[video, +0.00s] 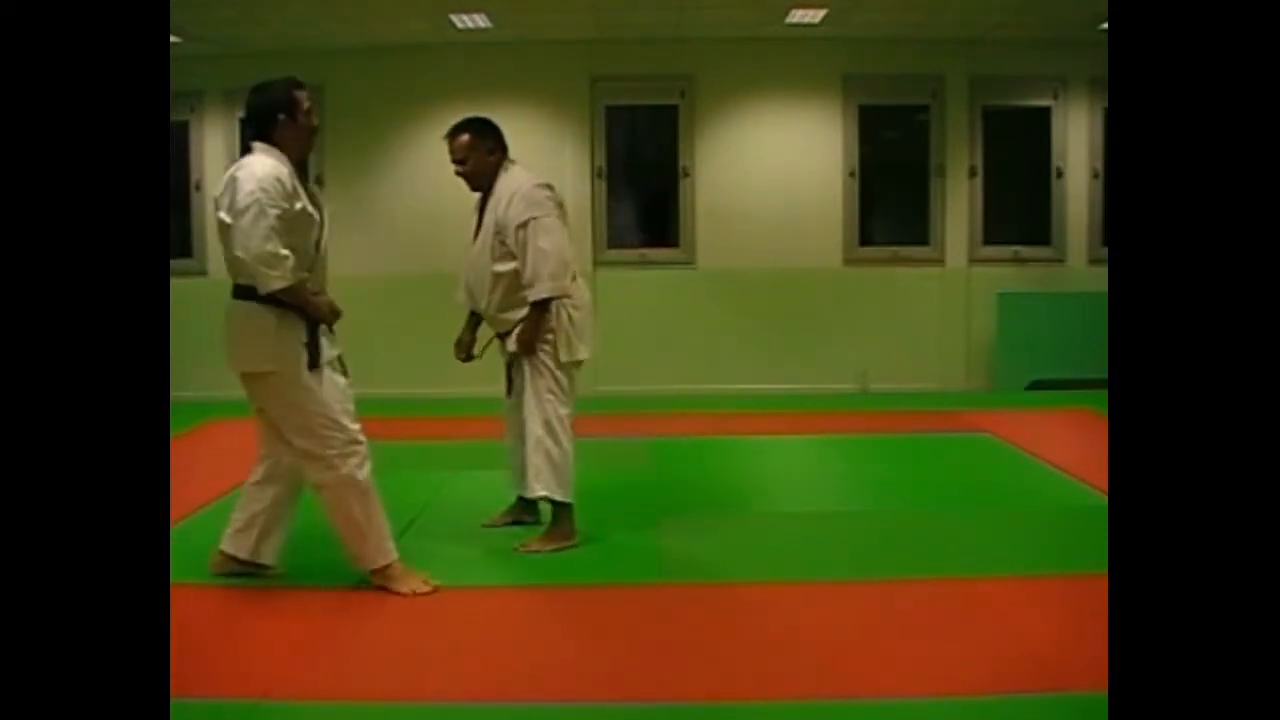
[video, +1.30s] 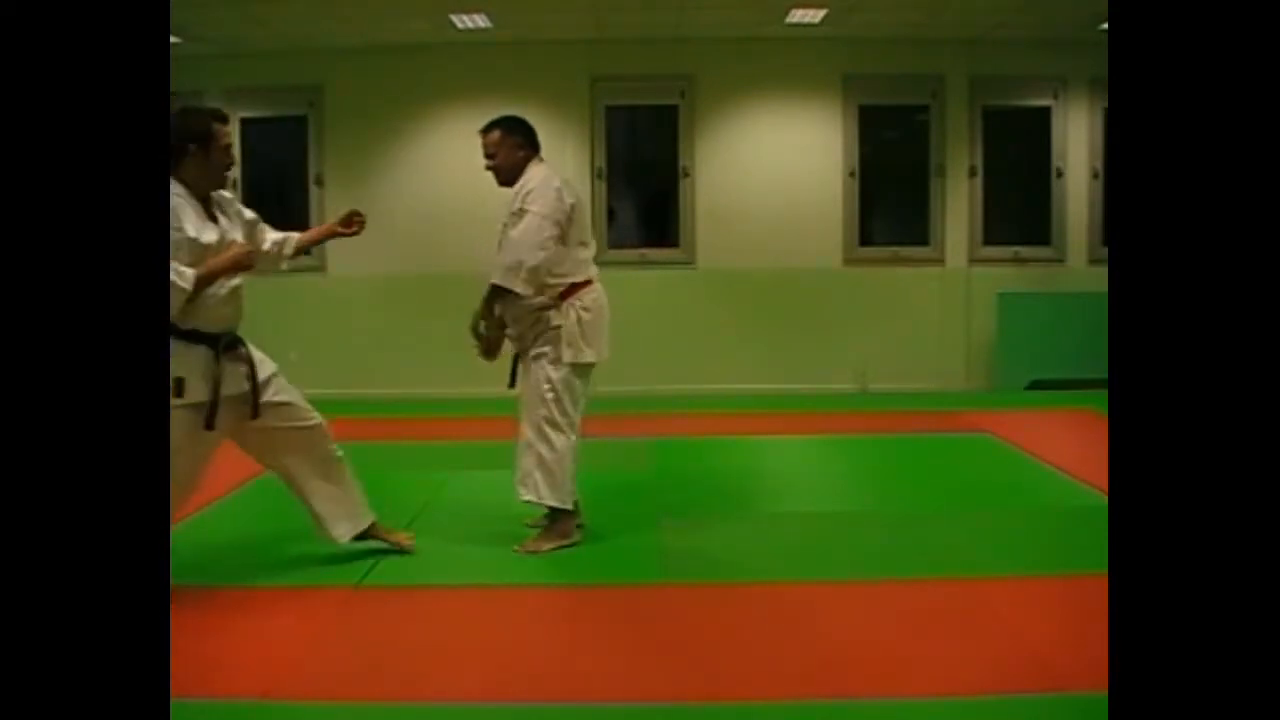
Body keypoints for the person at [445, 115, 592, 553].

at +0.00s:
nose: (458, 170)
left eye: (464, 160)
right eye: (455, 162)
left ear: (493, 154)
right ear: (482, 159)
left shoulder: (525, 195)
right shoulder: (493, 198)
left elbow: (548, 260)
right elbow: (485, 270)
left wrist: (534, 322)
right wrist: (470, 327)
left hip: (549, 319)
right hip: (519, 320)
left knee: (548, 415)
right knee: (521, 413)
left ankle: (562, 520)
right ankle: (526, 501)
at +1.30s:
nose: (488, 164)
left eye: (494, 153)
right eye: (486, 155)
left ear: (521, 150)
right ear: (518, 153)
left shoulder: (544, 190)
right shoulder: (528, 192)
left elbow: (516, 261)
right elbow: (511, 263)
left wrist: (487, 314)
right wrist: (493, 316)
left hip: (566, 316)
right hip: (549, 317)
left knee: (550, 416)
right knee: (546, 415)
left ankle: (562, 518)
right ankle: (559, 509)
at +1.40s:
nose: (493, 166)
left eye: (498, 156)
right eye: (491, 158)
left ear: (528, 153)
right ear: (522, 156)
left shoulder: (550, 193)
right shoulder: (530, 197)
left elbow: (518, 250)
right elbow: (521, 272)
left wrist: (472, 273)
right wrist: (490, 323)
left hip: (572, 319)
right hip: (550, 321)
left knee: (552, 419)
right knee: (545, 416)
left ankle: (560, 521)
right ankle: (567, 506)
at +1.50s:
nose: (500, 168)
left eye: (507, 159)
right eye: (498, 160)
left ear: (535, 154)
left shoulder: (557, 187)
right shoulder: (526, 202)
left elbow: (504, 225)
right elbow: (498, 273)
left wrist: (459, 221)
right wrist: (448, 297)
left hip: (581, 320)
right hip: (552, 325)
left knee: (562, 418)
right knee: (546, 419)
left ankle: (565, 519)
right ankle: (563, 511)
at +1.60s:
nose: (507, 169)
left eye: (514, 159)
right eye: (504, 161)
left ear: (541, 156)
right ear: (516, 160)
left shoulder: (566, 188)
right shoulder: (527, 199)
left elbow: (507, 208)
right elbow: (492, 256)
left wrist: (456, 186)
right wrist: (427, 267)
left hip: (584, 322)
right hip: (548, 328)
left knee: (566, 415)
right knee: (546, 418)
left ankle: (569, 516)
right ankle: (559, 508)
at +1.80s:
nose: (526, 173)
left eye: (532, 163)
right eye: (520, 167)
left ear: (557, 159)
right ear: (517, 169)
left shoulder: (590, 188)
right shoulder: (519, 206)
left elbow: (554, 199)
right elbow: (493, 245)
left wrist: (502, 176)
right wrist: (449, 239)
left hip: (585, 324)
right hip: (538, 329)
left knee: (572, 411)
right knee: (541, 419)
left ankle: (592, 511)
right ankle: (568, 505)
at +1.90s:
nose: (529, 179)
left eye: (535, 169)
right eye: (524, 171)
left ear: (560, 161)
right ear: (520, 171)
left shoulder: (597, 190)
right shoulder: (519, 212)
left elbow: (581, 215)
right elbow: (489, 271)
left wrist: (523, 199)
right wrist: (491, 252)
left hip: (585, 330)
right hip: (538, 333)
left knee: (579, 425)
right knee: (540, 426)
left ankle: (593, 514)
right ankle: (567, 504)